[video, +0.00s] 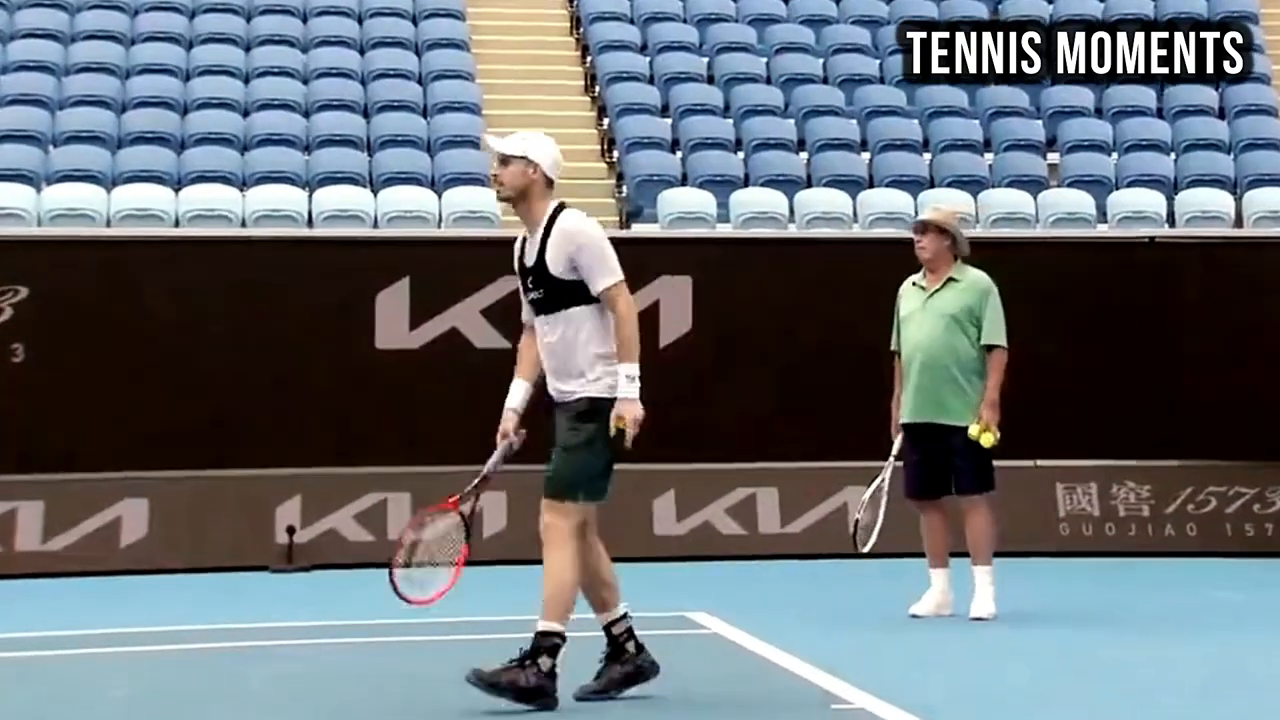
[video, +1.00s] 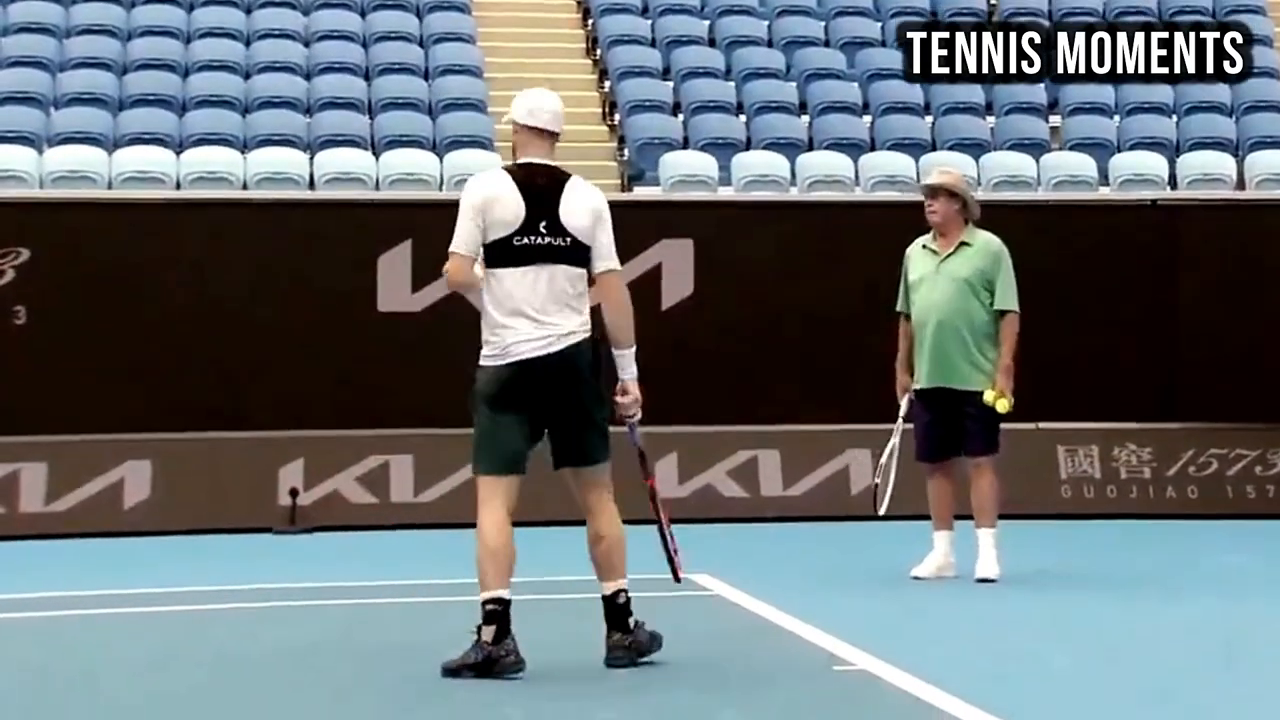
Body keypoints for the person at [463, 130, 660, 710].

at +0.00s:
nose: (494, 173)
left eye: (505, 164)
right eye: (495, 163)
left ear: (537, 173)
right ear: (521, 174)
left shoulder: (578, 232)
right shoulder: (524, 245)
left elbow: (625, 309)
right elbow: (532, 331)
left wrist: (629, 391)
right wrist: (514, 405)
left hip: (596, 399)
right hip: (563, 399)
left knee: (557, 521)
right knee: (579, 527)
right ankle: (627, 650)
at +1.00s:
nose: (510, 134)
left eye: (512, 127)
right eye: (522, 127)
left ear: (514, 132)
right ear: (560, 136)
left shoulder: (484, 189)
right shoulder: (588, 198)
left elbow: (458, 271)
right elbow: (610, 288)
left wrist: (497, 303)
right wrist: (628, 371)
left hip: (505, 372)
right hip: (577, 368)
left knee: (494, 505)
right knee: (599, 497)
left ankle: (495, 639)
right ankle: (621, 630)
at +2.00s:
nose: (820, 164)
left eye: (817, 157)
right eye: (821, 157)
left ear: (773, 153)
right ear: (813, 155)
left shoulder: (733, 208)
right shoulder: (810, 202)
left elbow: (707, 285)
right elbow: (811, 281)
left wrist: (705, 366)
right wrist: (826, 369)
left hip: (738, 357)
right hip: (781, 354)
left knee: (800, 478)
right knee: (775, 487)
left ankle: (816, 614)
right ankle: (696, 598)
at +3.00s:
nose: (935, 168)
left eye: (929, 162)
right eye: (952, 157)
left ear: (930, 165)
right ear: (971, 160)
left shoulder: (918, 210)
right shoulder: (1011, 209)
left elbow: (906, 290)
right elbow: (1050, 286)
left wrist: (905, 352)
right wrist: (1058, 364)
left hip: (939, 374)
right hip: (1000, 369)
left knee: (919, 484)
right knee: (1002, 491)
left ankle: (928, 602)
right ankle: (1015, 619)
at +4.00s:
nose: (923, 138)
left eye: (917, 132)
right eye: (938, 124)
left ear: (916, 131)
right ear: (957, 123)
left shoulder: (916, 182)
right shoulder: (1000, 172)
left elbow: (915, 266)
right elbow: (1045, 246)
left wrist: (892, 297)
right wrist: (1047, 323)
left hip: (955, 341)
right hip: (1009, 334)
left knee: (952, 465)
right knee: (993, 461)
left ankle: (964, 588)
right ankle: (1012, 583)